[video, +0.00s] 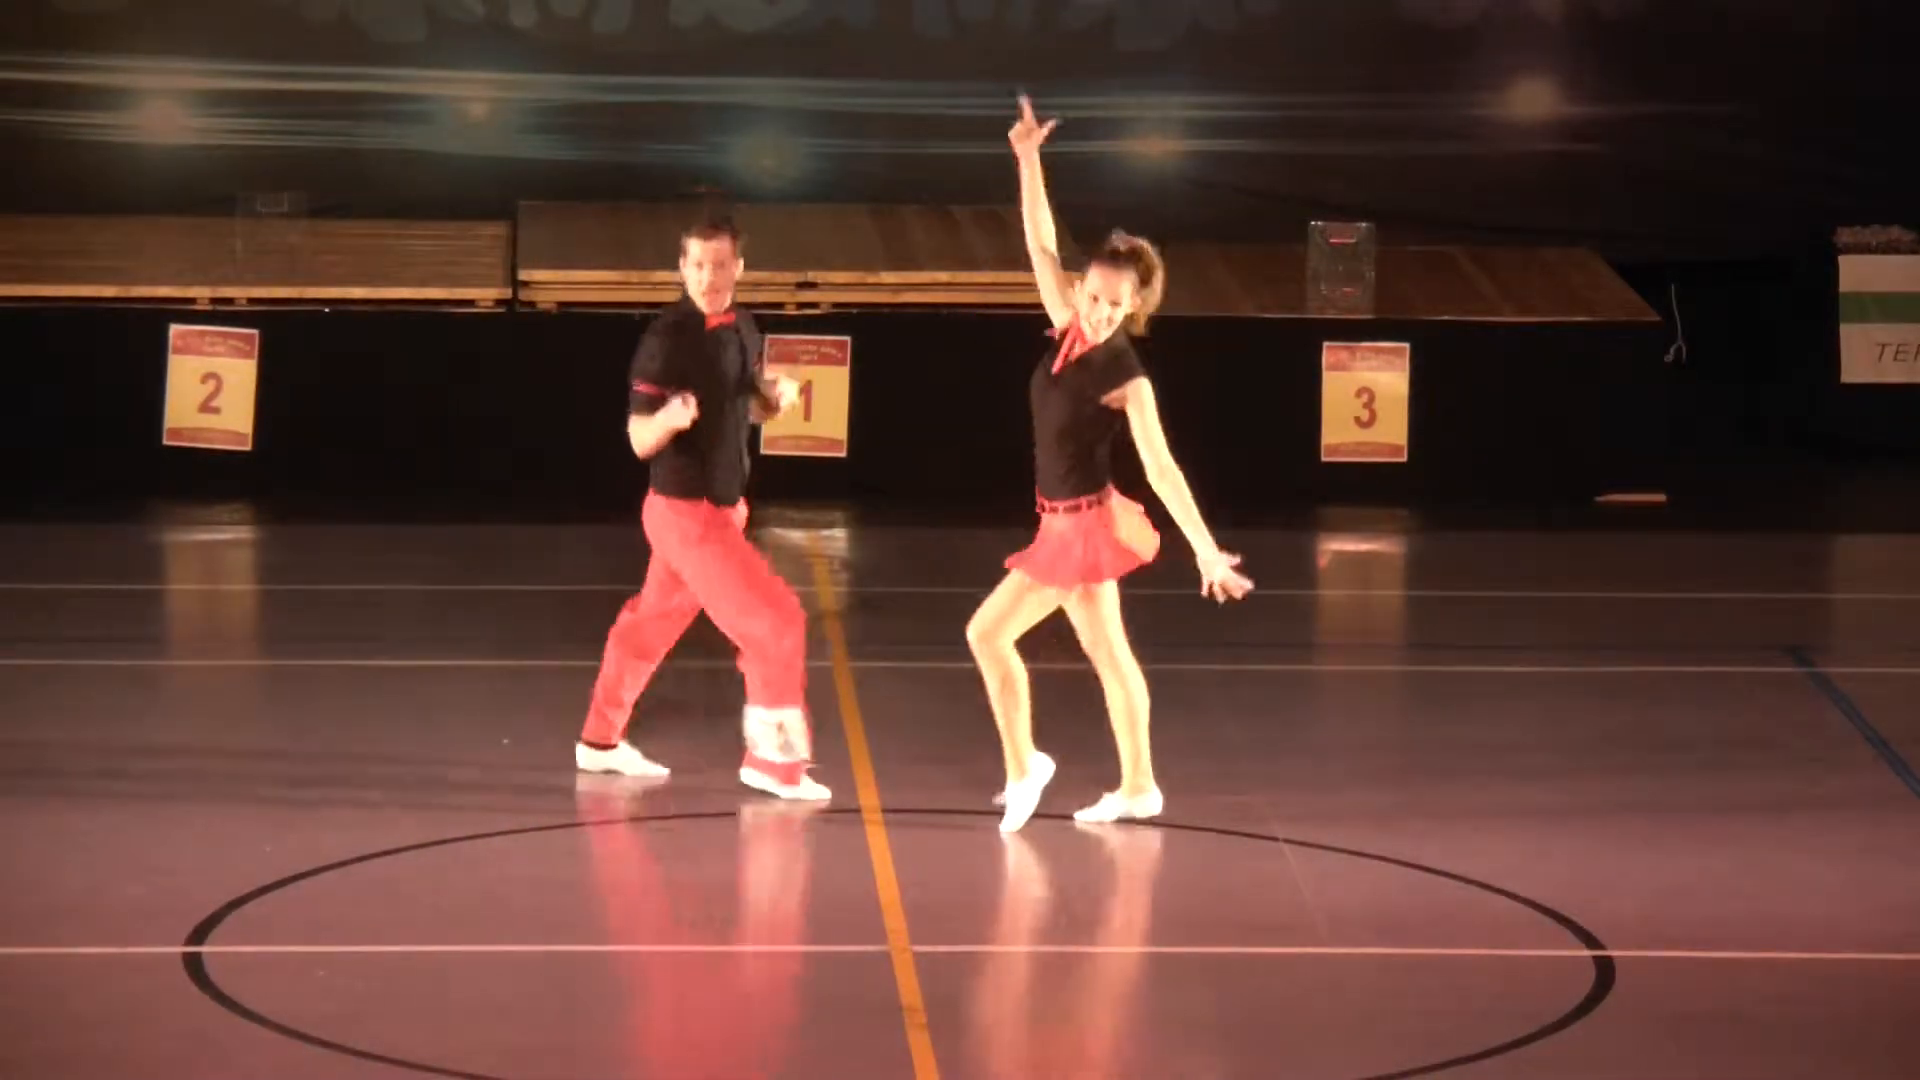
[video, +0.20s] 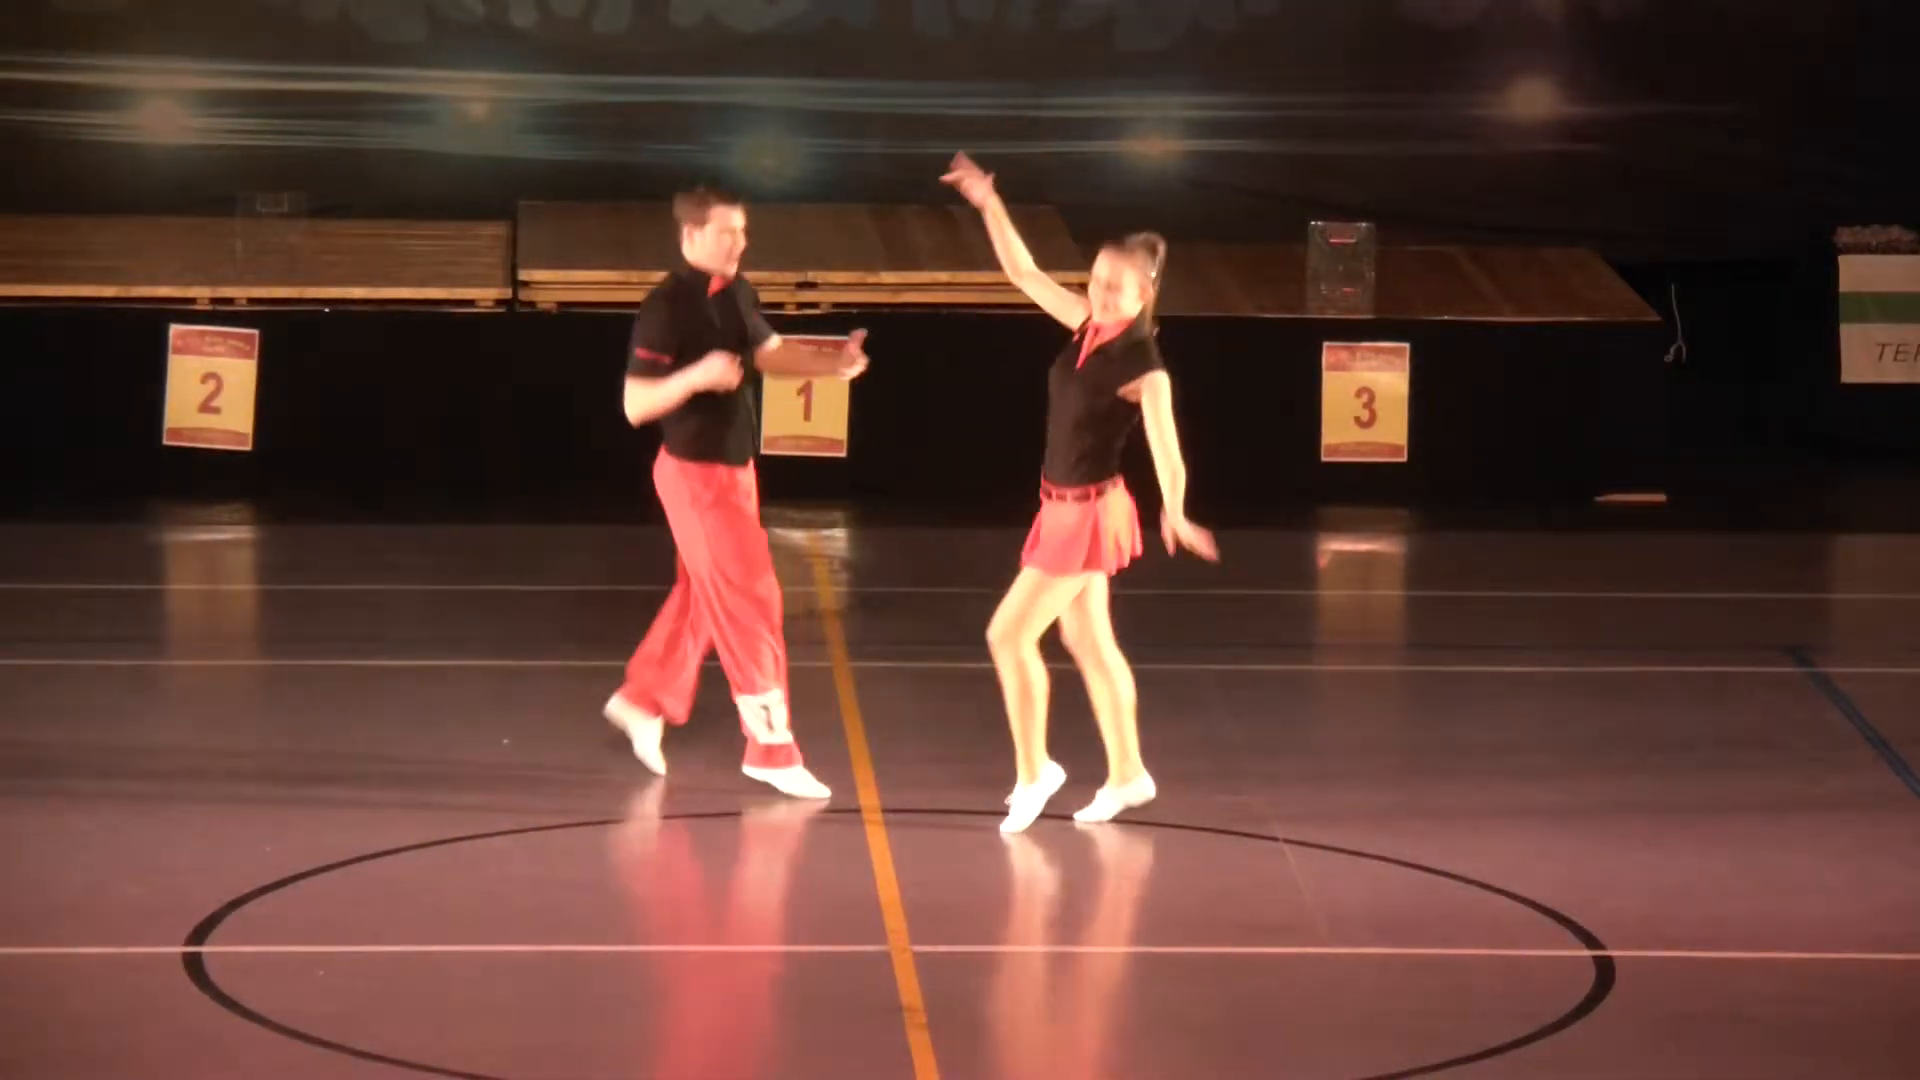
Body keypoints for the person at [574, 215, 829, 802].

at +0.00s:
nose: (710, 278)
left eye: (721, 265)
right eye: (699, 265)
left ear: (739, 266)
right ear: (682, 265)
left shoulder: (745, 333)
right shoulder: (665, 336)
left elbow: (755, 412)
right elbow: (639, 440)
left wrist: (773, 397)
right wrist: (669, 419)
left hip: (723, 510)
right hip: (677, 510)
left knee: (649, 625)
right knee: (775, 617)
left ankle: (599, 742)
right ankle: (772, 761)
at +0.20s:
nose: (738, 243)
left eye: (741, 232)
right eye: (726, 231)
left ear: (738, 236)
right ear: (690, 236)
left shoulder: (734, 292)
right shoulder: (664, 305)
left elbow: (768, 354)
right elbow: (637, 404)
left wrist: (830, 360)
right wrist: (697, 376)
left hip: (735, 470)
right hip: (692, 473)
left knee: (706, 590)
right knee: (750, 595)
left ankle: (641, 699)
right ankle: (770, 748)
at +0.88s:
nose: (751, 234)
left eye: (750, 223)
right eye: (740, 224)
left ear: (717, 231)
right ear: (704, 231)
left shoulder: (723, 284)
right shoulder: (686, 286)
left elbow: (782, 325)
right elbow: (705, 376)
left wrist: (864, 303)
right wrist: (763, 324)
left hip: (723, 467)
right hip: (683, 469)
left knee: (782, 564)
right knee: (719, 580)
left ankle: (691, 689)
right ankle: (676, 757)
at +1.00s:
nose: (755, 244)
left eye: (751, 232)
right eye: (745, 233)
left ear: (706, 243)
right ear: (711, 244)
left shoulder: (705, 294)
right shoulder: (706, 308)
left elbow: (796, 316)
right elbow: (808, 351)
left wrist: (877, 287)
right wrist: (901, 312)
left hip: (724, 447)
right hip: (700, 479)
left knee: (830, 412)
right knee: (721, 620)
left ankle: (939, 478)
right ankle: (678, 775)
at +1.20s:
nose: (771, 216)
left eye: (769, 206)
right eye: (760, 206)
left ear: (734, 215)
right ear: (726, 214)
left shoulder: (739, 265)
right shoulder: (711, 277)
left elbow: (825, 259)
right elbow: (781, 333)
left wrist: (903, 229)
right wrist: (814, 256)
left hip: (725, 441)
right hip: (700, 456)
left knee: (833, 418)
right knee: (747, 587)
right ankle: (682, 736)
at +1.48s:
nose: (735, 253)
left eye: (743, 240)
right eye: (721, 242)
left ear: (754, 243)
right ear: (695, 246)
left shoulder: (752, 307)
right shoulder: (686, 315)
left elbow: (832, 320)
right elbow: (645, 398)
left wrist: (922, 305)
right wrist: (727, 426)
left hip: (755, 489)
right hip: (722, 493)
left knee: (775, 619)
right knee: (823, 601)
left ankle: (773, 764)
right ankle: (716, 705)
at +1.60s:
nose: (722, 274)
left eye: (731, 261)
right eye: (709, 262)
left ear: (747, 264)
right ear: (688, 266)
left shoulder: (755, 325)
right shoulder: (672, 335)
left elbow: (835, 321)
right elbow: (608, 415)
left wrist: (920, 298)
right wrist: (550, 490)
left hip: (760, 496)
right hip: (725, 504)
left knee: (780, 637)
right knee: (872, 459)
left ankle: (765, 789)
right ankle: (989, 553)